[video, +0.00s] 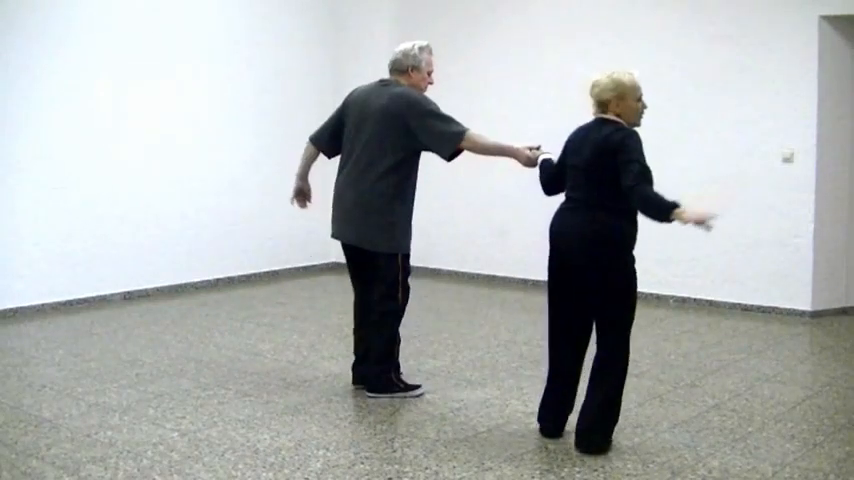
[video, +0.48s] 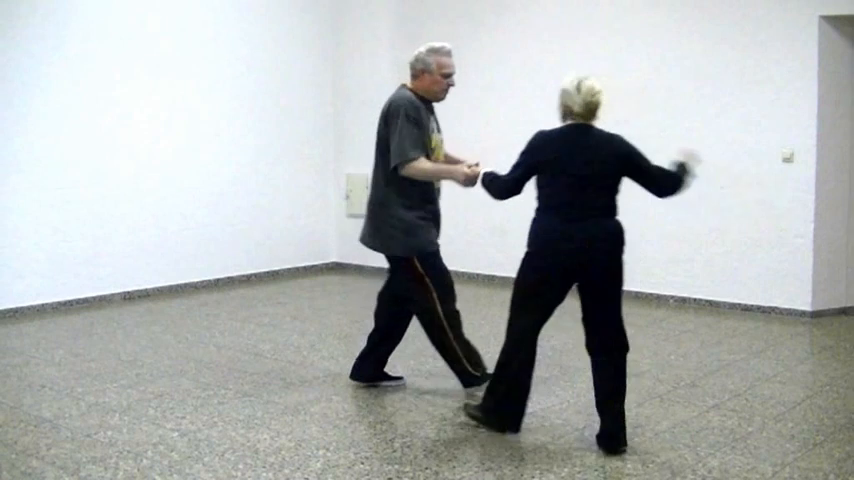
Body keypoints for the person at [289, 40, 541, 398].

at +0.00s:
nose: (431, 80)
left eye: (432, 73)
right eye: (428, 73)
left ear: (399, 71)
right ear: (411, 70)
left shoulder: (360, 96)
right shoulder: (411, 103)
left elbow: (317, 141)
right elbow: (465, 140)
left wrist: (301, 178)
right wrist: (516, 151)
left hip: (349, 218)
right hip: (384, 223)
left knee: (368, 295)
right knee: (391, 297)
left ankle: (366, 371)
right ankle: (382, 378)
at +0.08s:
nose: (431, 82)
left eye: (432, 75)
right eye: (428, 74)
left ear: (397, 72)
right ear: (410, 72)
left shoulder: (360, 97)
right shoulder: (410, 104)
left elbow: (315, 137)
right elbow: (461, 137)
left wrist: (297, 171)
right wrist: (511, 150)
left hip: (348, 218)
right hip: (384, 223)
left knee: (360, 296)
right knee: (392, 295)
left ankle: (366, 373)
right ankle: (382, 377)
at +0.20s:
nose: (433, 82)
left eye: (433, 75)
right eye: (429, 75)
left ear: (403, 74)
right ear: (410, 74)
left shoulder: (366, 99)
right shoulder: (408, 105)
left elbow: (327, 139)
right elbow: (452, 140)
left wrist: (328, 165)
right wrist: (499, 148)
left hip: (350, 219)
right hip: (385, 223)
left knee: (361, 294)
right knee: (409, 286)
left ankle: (365, 371)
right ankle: (386, 372)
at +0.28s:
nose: (436, 82)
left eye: (436, 75)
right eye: (431, 74)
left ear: (405, 74)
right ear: (411, 73)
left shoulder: (375, 98)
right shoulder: (403, 103)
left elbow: (347, 140)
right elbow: (435, 145)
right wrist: (487, 151)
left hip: (360, 217)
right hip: (389, 221)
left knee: (369, 292)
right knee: (419, 285)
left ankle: (368, 369)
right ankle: (402, 369)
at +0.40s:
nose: (443, 82)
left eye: (444, 75)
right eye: (438, 74)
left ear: (417, 75)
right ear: (414, 73)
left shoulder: (408, 102)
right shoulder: (400, 103)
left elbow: (418, 153)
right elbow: (415, 155)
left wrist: (459, 165)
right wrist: (466, 162)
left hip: (395, 219)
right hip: (394, 221)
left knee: (385, 296)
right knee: (427, 288)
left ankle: (367, 369)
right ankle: (446, 373)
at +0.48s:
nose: (451, 82)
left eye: (452, 75)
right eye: (445, 75)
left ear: (428, 76)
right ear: (419, 74)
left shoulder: (421, 106)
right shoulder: (403, 106)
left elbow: (432, 153)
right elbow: (407, 165)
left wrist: (460, 164)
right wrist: (455, 173)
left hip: (416, 226)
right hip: (402, 227)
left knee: (399, 299)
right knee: (437, 297)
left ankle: (368, 368)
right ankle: (474, 377)